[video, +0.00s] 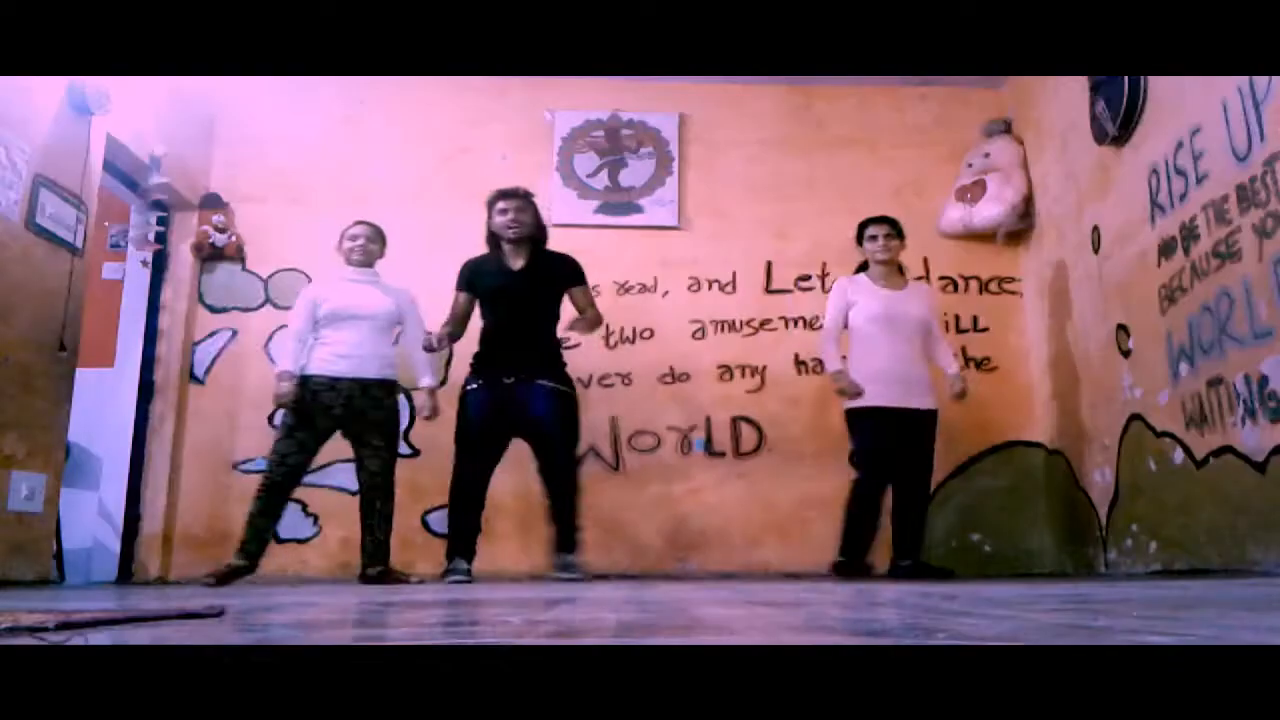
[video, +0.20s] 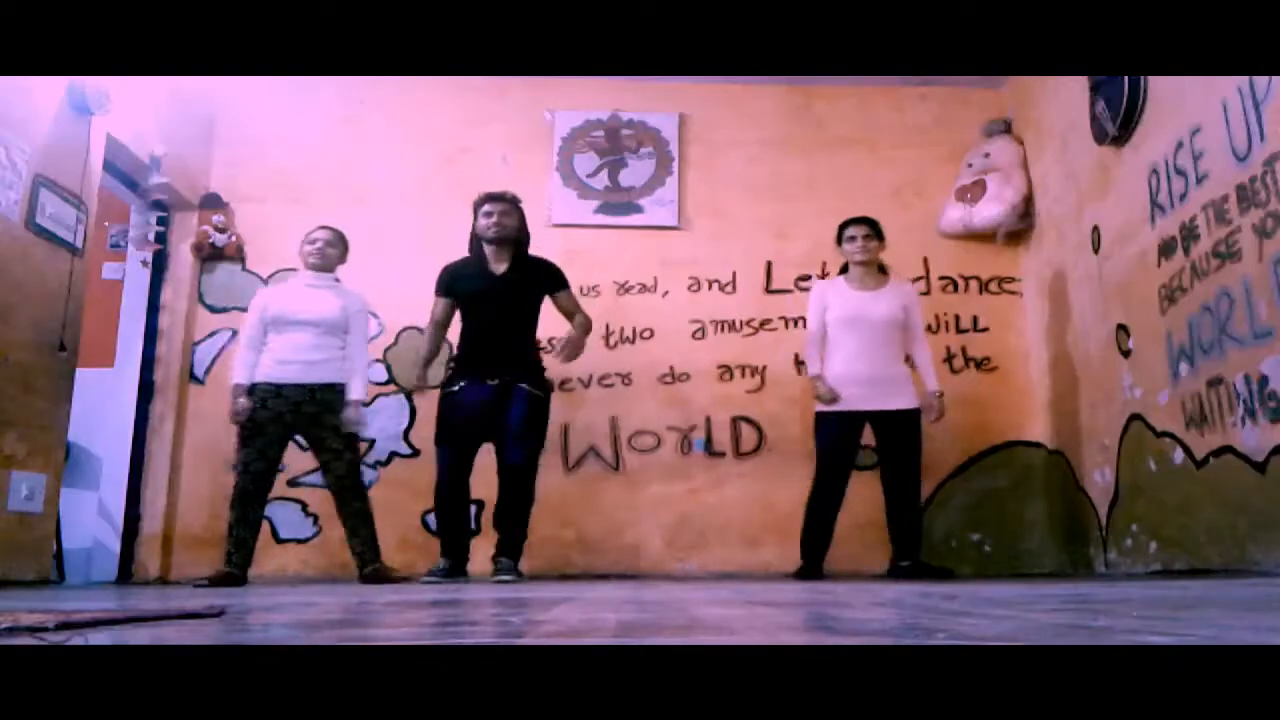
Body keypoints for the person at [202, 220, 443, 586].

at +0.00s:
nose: (360, 244)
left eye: (368, 239)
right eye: (353, 238)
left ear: (381, 251)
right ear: (339, 247)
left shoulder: (399, 297)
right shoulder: (318, 290)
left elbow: (419, 343)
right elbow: (297, 335)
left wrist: (427, 387)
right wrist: (286, 377)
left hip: (375, 395)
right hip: (318, 391)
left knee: (378, 483)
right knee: (281, 473)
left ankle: (376, 566)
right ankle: (245, 559)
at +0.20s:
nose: (318, 246)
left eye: (328, 242)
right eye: (311, 241)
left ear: (342, 257)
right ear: (300, 251)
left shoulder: (351, 299)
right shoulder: (271, 292)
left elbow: (357, 353)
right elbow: (249, 342)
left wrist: (355, 400)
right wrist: (240, 390)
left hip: (326, 398)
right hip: (270, 396)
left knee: (347, 481)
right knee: (251, 482)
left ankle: (370, 565)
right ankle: (235, 569)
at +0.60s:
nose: (285, 246)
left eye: (295, 243)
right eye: (279, 241)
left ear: (309, 256)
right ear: (266, 249)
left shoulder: (323, 298)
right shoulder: (240, 290)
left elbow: (337, 352)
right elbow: (214, 340)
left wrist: (347, 397)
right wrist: (212, 378)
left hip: (300, 394)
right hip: (244, 393)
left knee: (312, 475)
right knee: (239, 481)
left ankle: (340, 561)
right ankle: (234, 567)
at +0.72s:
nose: (217, 219)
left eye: (229, 215)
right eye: (207, 213)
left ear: (243, 233)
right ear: (192, 225)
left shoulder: (259, 284)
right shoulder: (165, 268)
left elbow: (283, 345)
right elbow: (141, 318)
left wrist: (312, 394)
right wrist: (152, 358)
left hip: (235, 395)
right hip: (172, 393)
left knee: (231, 492)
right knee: (166, 503)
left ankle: (273, 600)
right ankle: (153, 610)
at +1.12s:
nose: (260, 212)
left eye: (270, 208)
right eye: (248, 206)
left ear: (282, 225)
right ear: (229, 221)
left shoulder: (293, 281)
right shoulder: (214, 263)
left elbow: (284, 340)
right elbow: (198, 319)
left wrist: (286, 390)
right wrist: (207, 364)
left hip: (276, 400)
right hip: (216, 392)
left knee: (261, 509)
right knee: (202, 500)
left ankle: (228, 607)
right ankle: (190, 607)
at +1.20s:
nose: (273, 217)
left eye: (282, 213)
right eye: (260, 211)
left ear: (292, 229)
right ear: (241, 225)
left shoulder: (293, 289)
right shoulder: (228, 266)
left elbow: (294, 337)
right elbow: (230, 317)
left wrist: (306, 345)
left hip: (283, 399)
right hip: (222, 394)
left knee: (283, 506)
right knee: (202, 501)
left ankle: (253, 603)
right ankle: (191, 608)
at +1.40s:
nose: (303, 212)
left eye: (311, 206)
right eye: (290, 207)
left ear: (321, 220)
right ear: (271, 221)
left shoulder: (306, 268)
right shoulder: (275, 254)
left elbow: (306, 331)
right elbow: (266, 304)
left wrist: (323, 375)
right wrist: (283, 356)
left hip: (308, 390)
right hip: (266, 385)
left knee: (332, 492)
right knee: (267, 489)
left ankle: (308, 604)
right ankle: (188, 591)